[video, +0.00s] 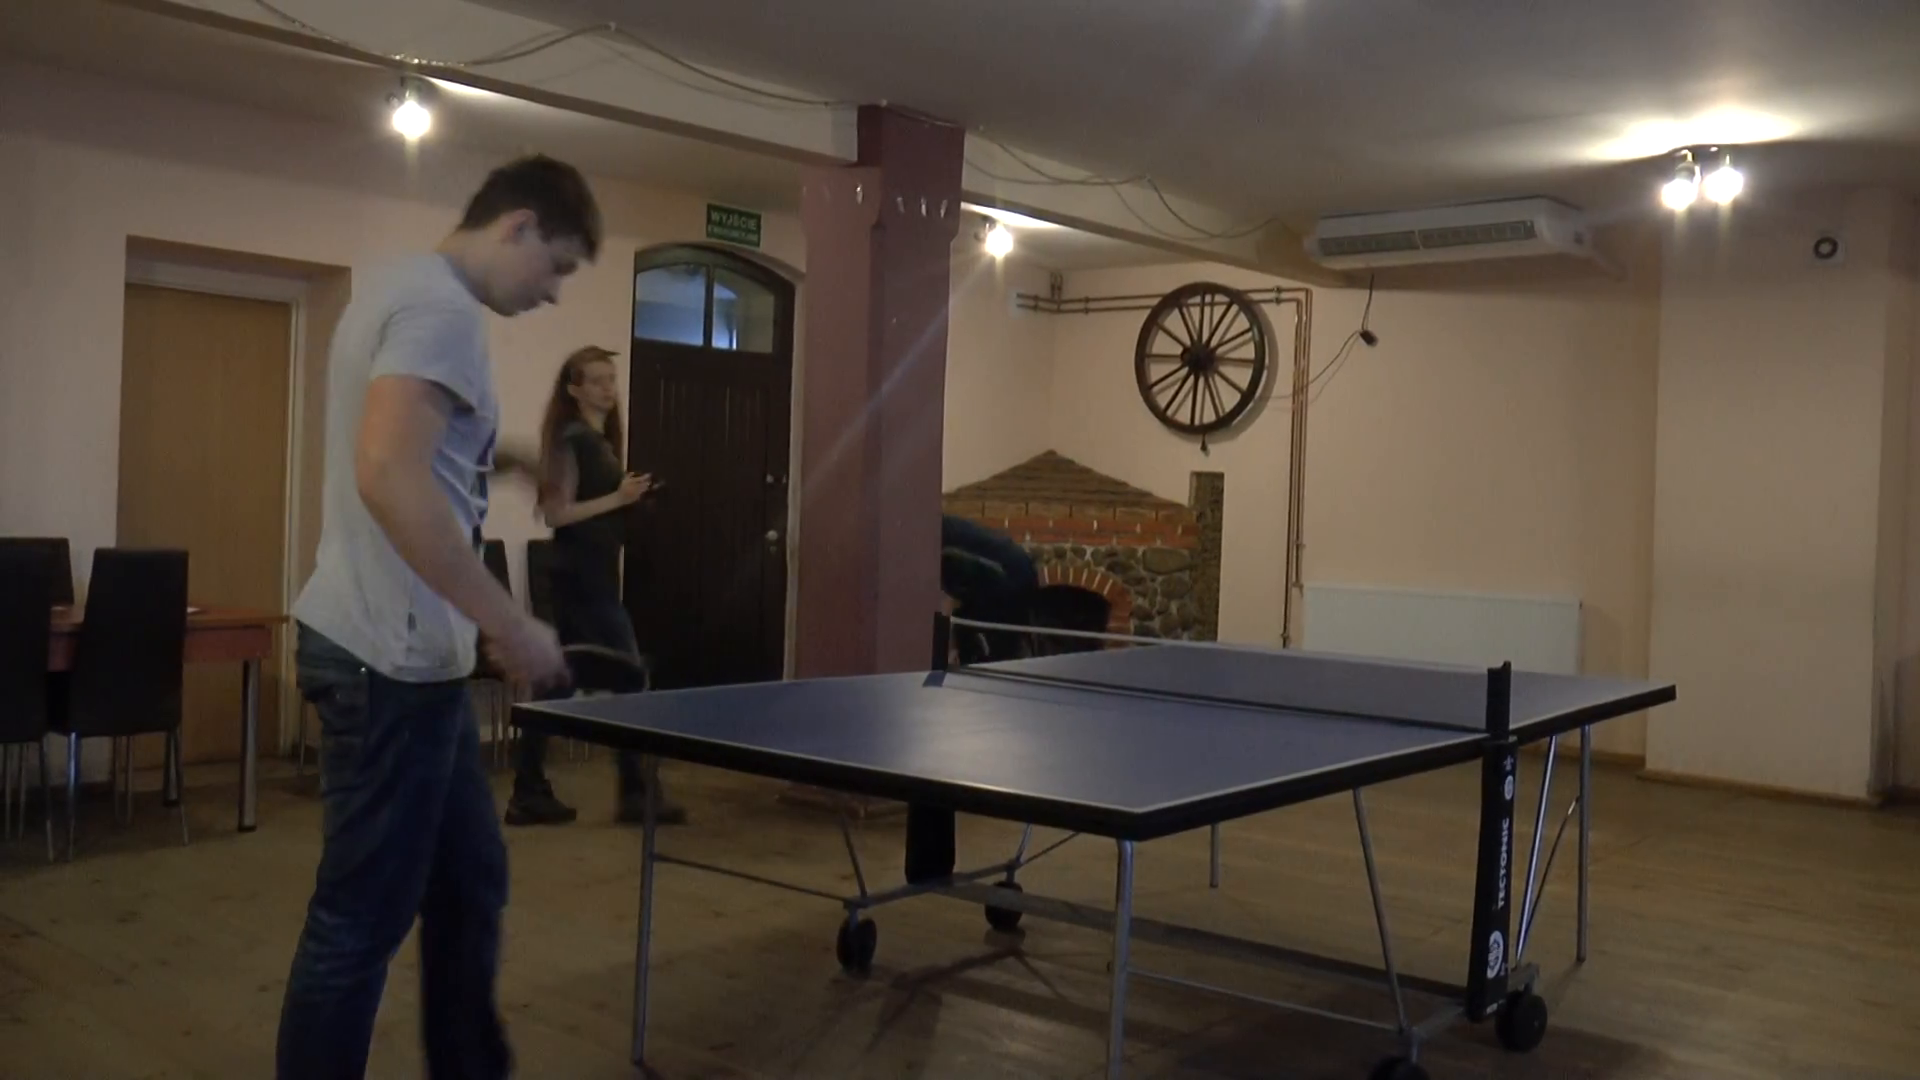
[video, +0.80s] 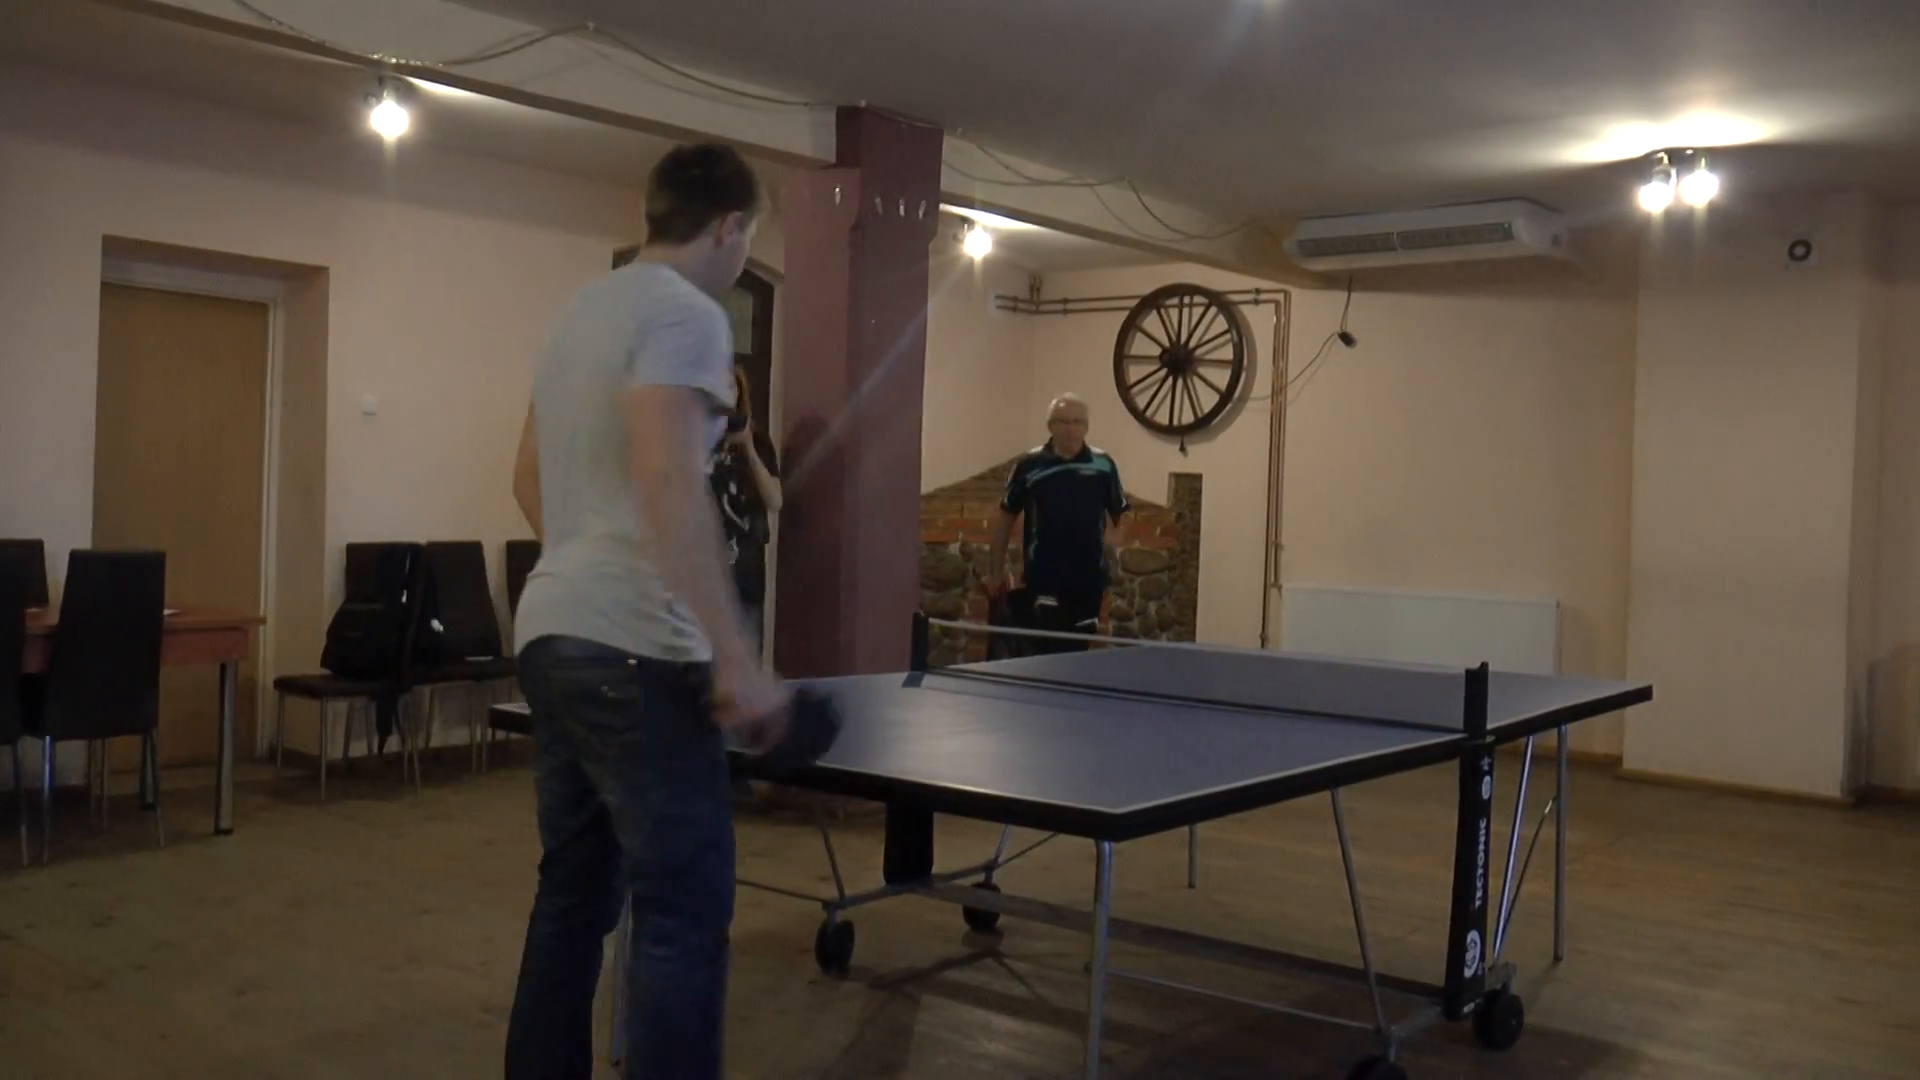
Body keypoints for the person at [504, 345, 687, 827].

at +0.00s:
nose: (609, 388)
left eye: (612, 380)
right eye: (599, 381)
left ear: (613, 387)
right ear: (574, 388)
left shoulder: (598, 437)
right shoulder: (568, 439)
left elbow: (587, 501)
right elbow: (555, 513)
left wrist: (625, 492)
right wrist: (617, 497)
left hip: (593, 572)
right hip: (579, 577)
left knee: (551, 676)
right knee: (629, 675)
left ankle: (529, 788)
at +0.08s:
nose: (626, 393)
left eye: (630, 385)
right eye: (615, 386)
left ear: (635, 391)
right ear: (593, 393)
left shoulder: (622, 445)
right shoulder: (591, 446)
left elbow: (611, 506)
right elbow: (571, 517)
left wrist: (648, 494)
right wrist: (632, 499)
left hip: (620, 575)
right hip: (603, 579)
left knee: (581, 683)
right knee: (648, 680)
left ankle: (535, 781)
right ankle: (657, 785)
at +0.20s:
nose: (647, 394)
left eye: (652, 386)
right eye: (637, 387)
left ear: (661, 392)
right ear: (617, 393)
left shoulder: (653, 446)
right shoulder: (613, 448)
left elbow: (651, 510)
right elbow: (599, 519)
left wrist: (677, 495)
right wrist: (655, 495)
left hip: (652, 568)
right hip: (629, 573)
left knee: (643, 685)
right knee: (661, 679)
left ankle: (567, 764)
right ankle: (658, 784)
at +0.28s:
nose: (660, 395)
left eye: (666, 386)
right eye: (650, 387)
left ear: (676, 392)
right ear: (631, 393)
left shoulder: (675, 446)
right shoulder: (625, 449)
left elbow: (696, 521)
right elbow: (616, 519)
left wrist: (697, 491)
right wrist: (665, 489)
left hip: (673, 573)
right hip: (641, 576)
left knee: (681, 677)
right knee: (662, 679)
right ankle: (657, 782)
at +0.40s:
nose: (681, 395)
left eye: (687, 387)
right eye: (671, 387)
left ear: (695, 394)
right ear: (652, 392)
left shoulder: (698, 445)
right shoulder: (640, 444)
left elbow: (726, 516)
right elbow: (636, 514)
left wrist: (717, 474)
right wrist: (679, 475)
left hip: (696, 578)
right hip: (657, 579)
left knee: (726, 677)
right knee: (669, 684)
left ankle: (684, 778)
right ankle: (663, 787)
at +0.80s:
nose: (728, 394)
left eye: (733, 387)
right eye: (723, 386)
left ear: (743, 394)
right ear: (711, 391)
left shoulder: (757, 440)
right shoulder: (697, 436)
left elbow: (774, 500)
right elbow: (687, 491)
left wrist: (749, 451)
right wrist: (715, 449)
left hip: (745, 552)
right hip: (702, 548)